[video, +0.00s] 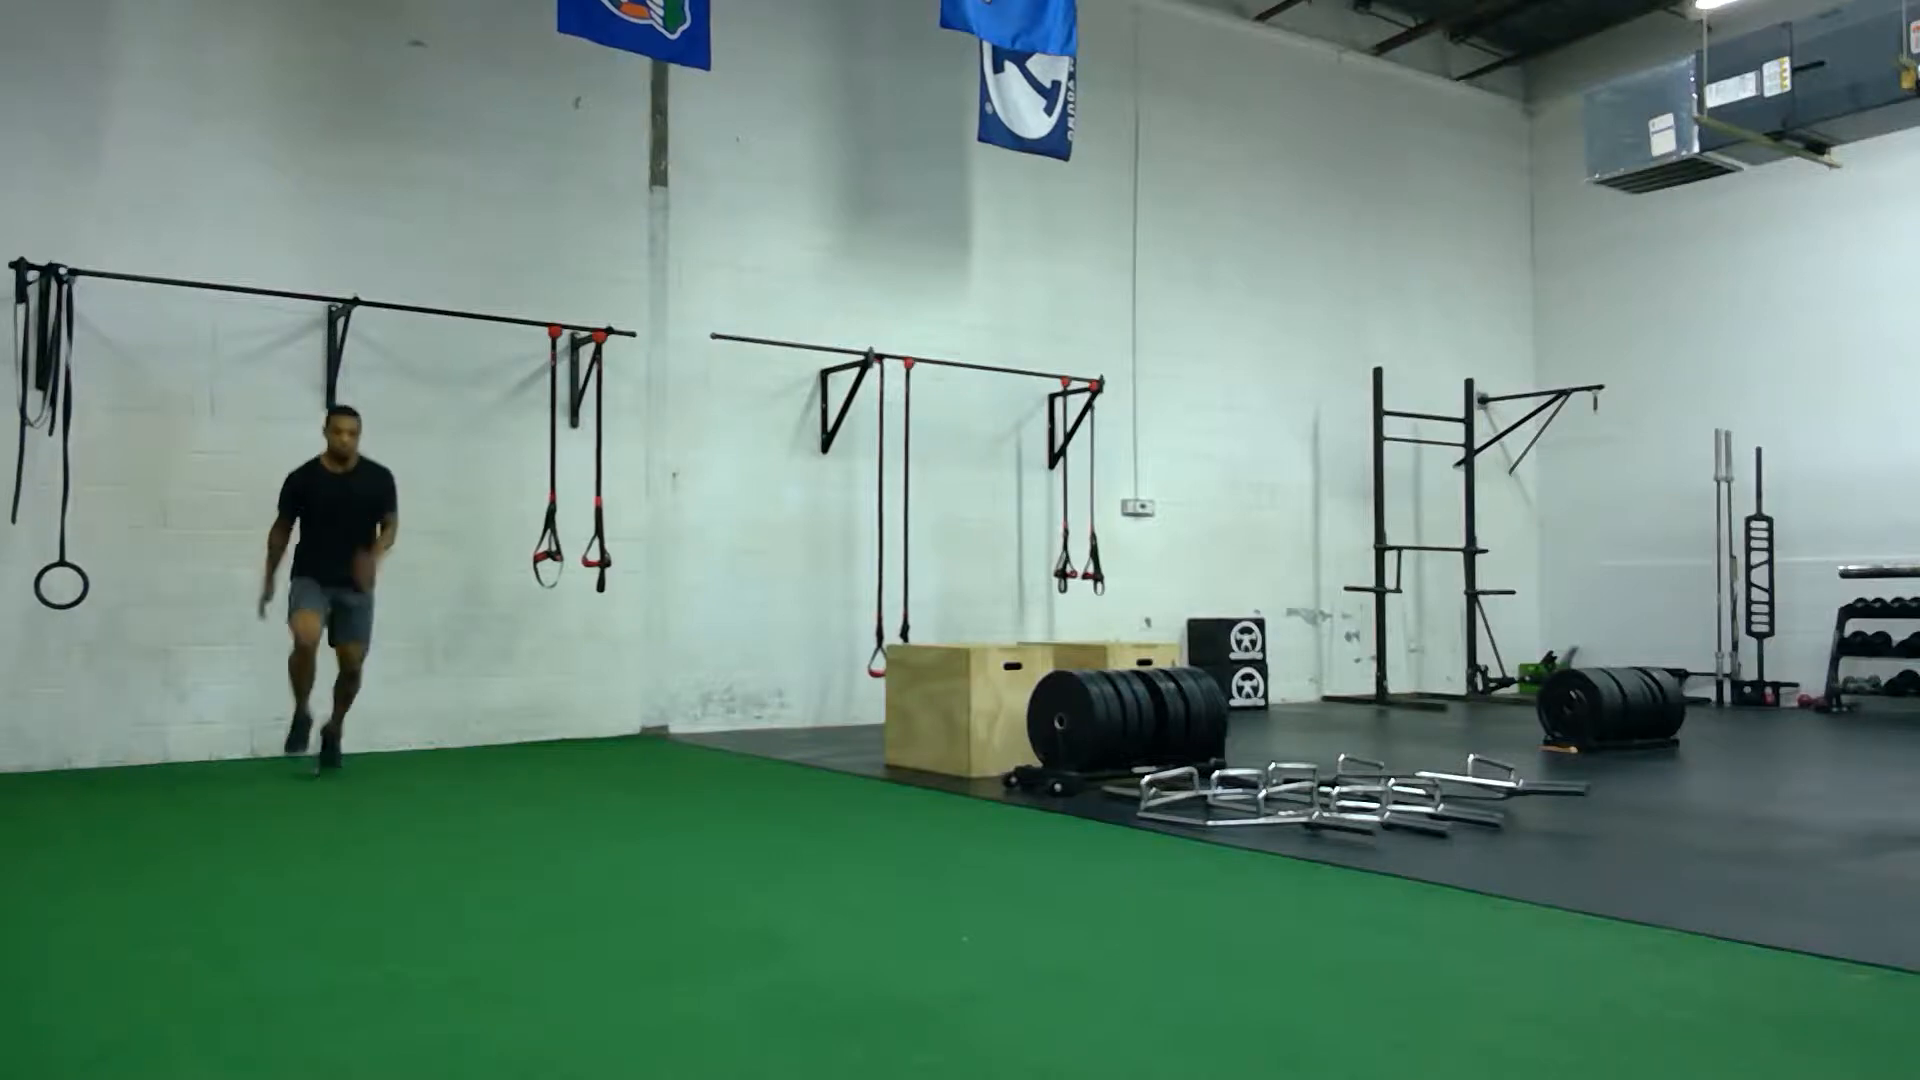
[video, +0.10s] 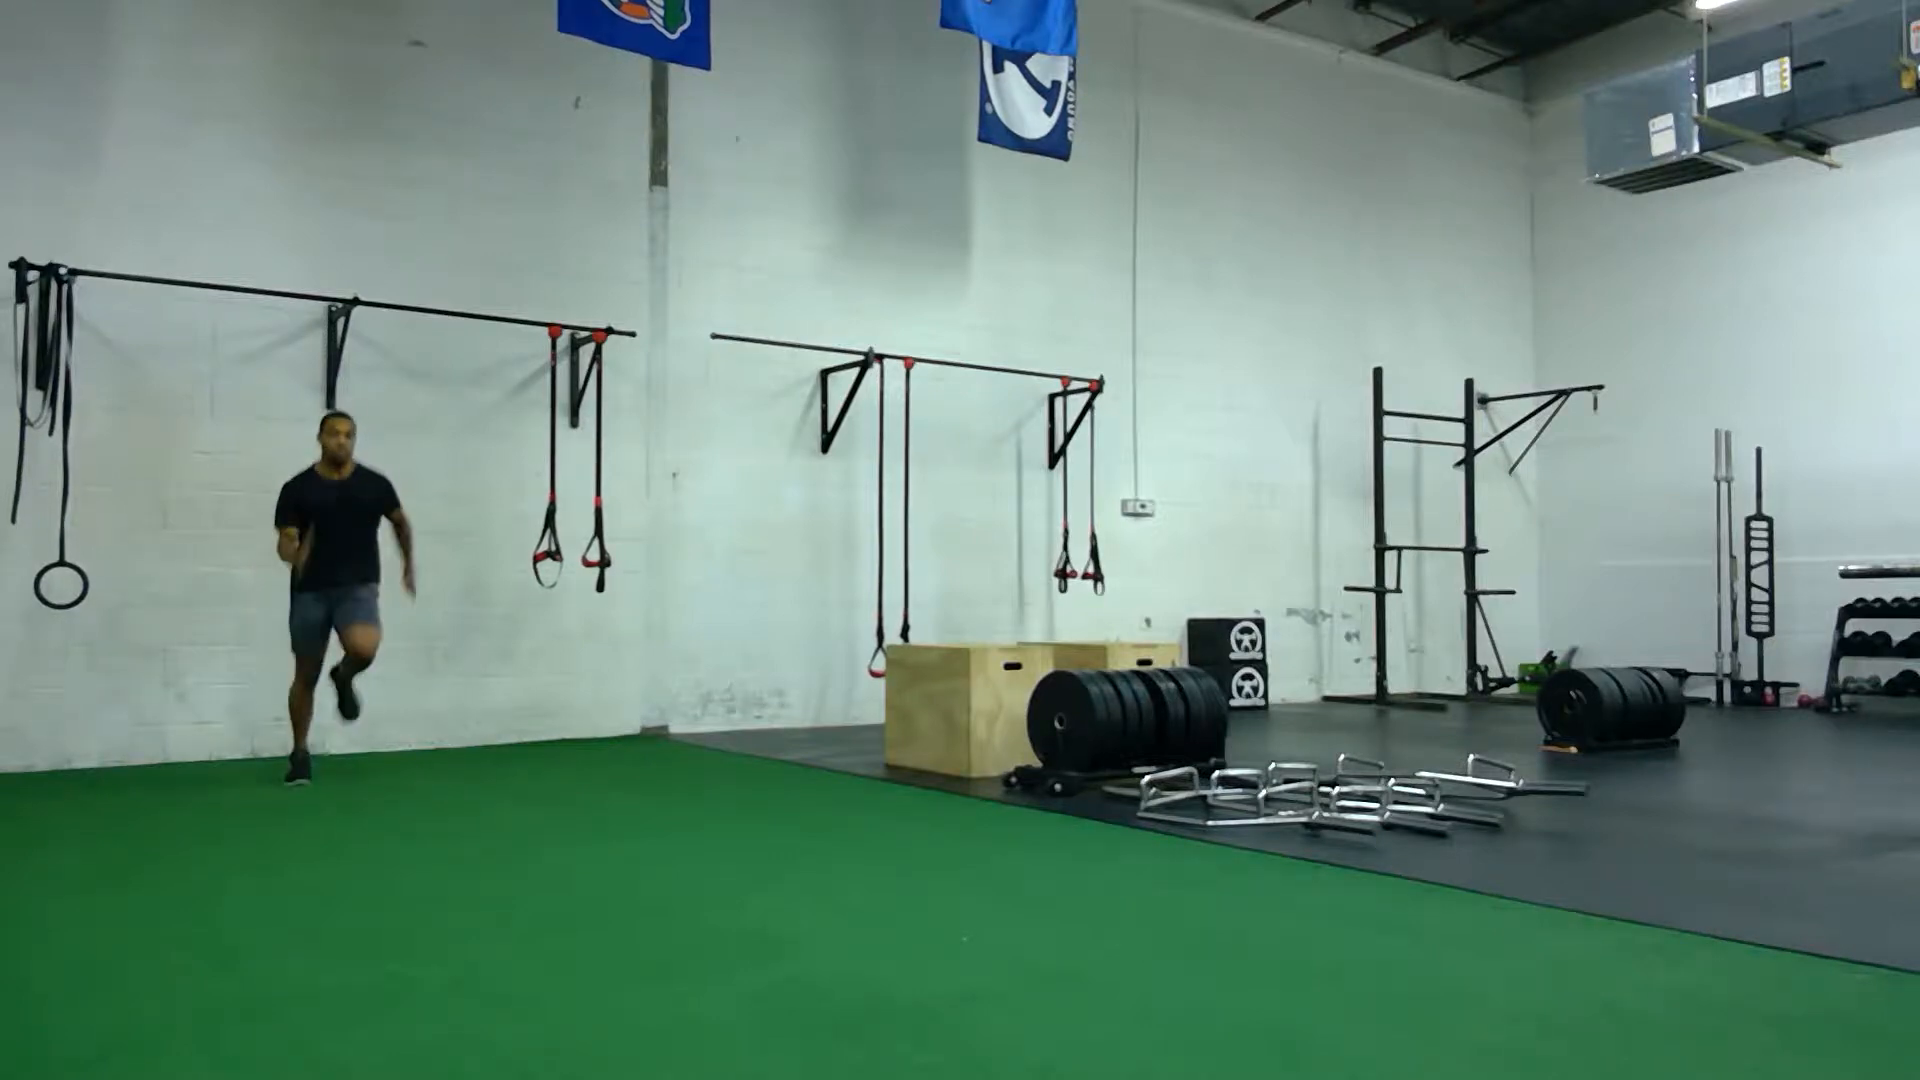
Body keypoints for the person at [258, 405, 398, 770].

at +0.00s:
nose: (344, 439)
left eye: (351, 433)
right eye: (337, 432)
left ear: (360, 436)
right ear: (326, 433)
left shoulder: (379, 479)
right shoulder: (301, 479)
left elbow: (389, 528)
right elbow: (281, 530)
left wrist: (373, 555)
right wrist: (269, 579)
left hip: (356, 580)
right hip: (311, 576)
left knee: (352, 665)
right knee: (304, 641)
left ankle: (333, 731)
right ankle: (301, 715)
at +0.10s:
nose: (341, 441)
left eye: (347, 435)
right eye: (333, 434)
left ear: (355, 441)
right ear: (320, 440)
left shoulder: (375, 485)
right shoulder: (298, 489)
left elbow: (400, 522)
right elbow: (285, 546)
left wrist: (408, 566)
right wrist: (297, 550)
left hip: (358, 587)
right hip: (310, 589)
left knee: (365, 649)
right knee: (306, 676)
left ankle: (342, 677)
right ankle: (299, 754)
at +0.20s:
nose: (346, 439)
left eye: (352, 433)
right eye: (338, 432)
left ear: (359, 438)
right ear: (324, 437)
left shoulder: (380, 481)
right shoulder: (301, 481)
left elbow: (406, 512)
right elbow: (286, 535)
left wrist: (414, 554)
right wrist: (314, 511)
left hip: (360, 582)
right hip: (311, 589)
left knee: (377, 633)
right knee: (309, 674)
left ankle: (353, 690)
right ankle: (300, 748)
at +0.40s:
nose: (368, 436)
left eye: (374, 430)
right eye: (360, 429)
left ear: (383, 438)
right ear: (346, 435)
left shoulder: (396, 488)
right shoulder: (318, 478)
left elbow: (392, 540)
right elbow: (275, 502)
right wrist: (245, 534)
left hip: (372, 583)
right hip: (326, 574)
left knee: (366, 678)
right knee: (351, 604)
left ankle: (355, 762)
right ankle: (329, 674)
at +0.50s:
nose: (369, 412)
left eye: (375, 406)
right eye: (360, 405)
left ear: (383, 413)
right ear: (345, 411)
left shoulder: (399, 461)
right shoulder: (317, 456)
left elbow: (416, 518)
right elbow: (281, 497)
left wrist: (391, 501)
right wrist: (266, 547)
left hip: (380, 568)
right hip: (333, 558)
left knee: (381, 662)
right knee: (342, 615)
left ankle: (365, 738)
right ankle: (339, 715)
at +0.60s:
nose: (369, 403)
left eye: (376, 397)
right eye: (361, 396)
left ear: (384, 406)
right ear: (345, 403)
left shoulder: (401, 456)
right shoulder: (317, 455)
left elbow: (412, 515)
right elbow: (301, 516)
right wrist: (317, 544)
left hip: (389, 563)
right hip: (335, 565)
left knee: (404, 633)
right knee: (338, 656)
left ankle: (374, 675)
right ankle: (335, 764)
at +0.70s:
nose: (370, 422)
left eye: (377, 415)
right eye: (360, 414)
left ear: (384, 423)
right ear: (345, 422)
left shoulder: (403, 476)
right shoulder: (320, 473)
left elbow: (418, 531)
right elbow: (317, 533)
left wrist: (417, 578)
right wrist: (359, 498)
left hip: (385, 580)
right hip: (337, 588)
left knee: (418, 574)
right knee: (343, 684)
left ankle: (389, 657)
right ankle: (344, 780)